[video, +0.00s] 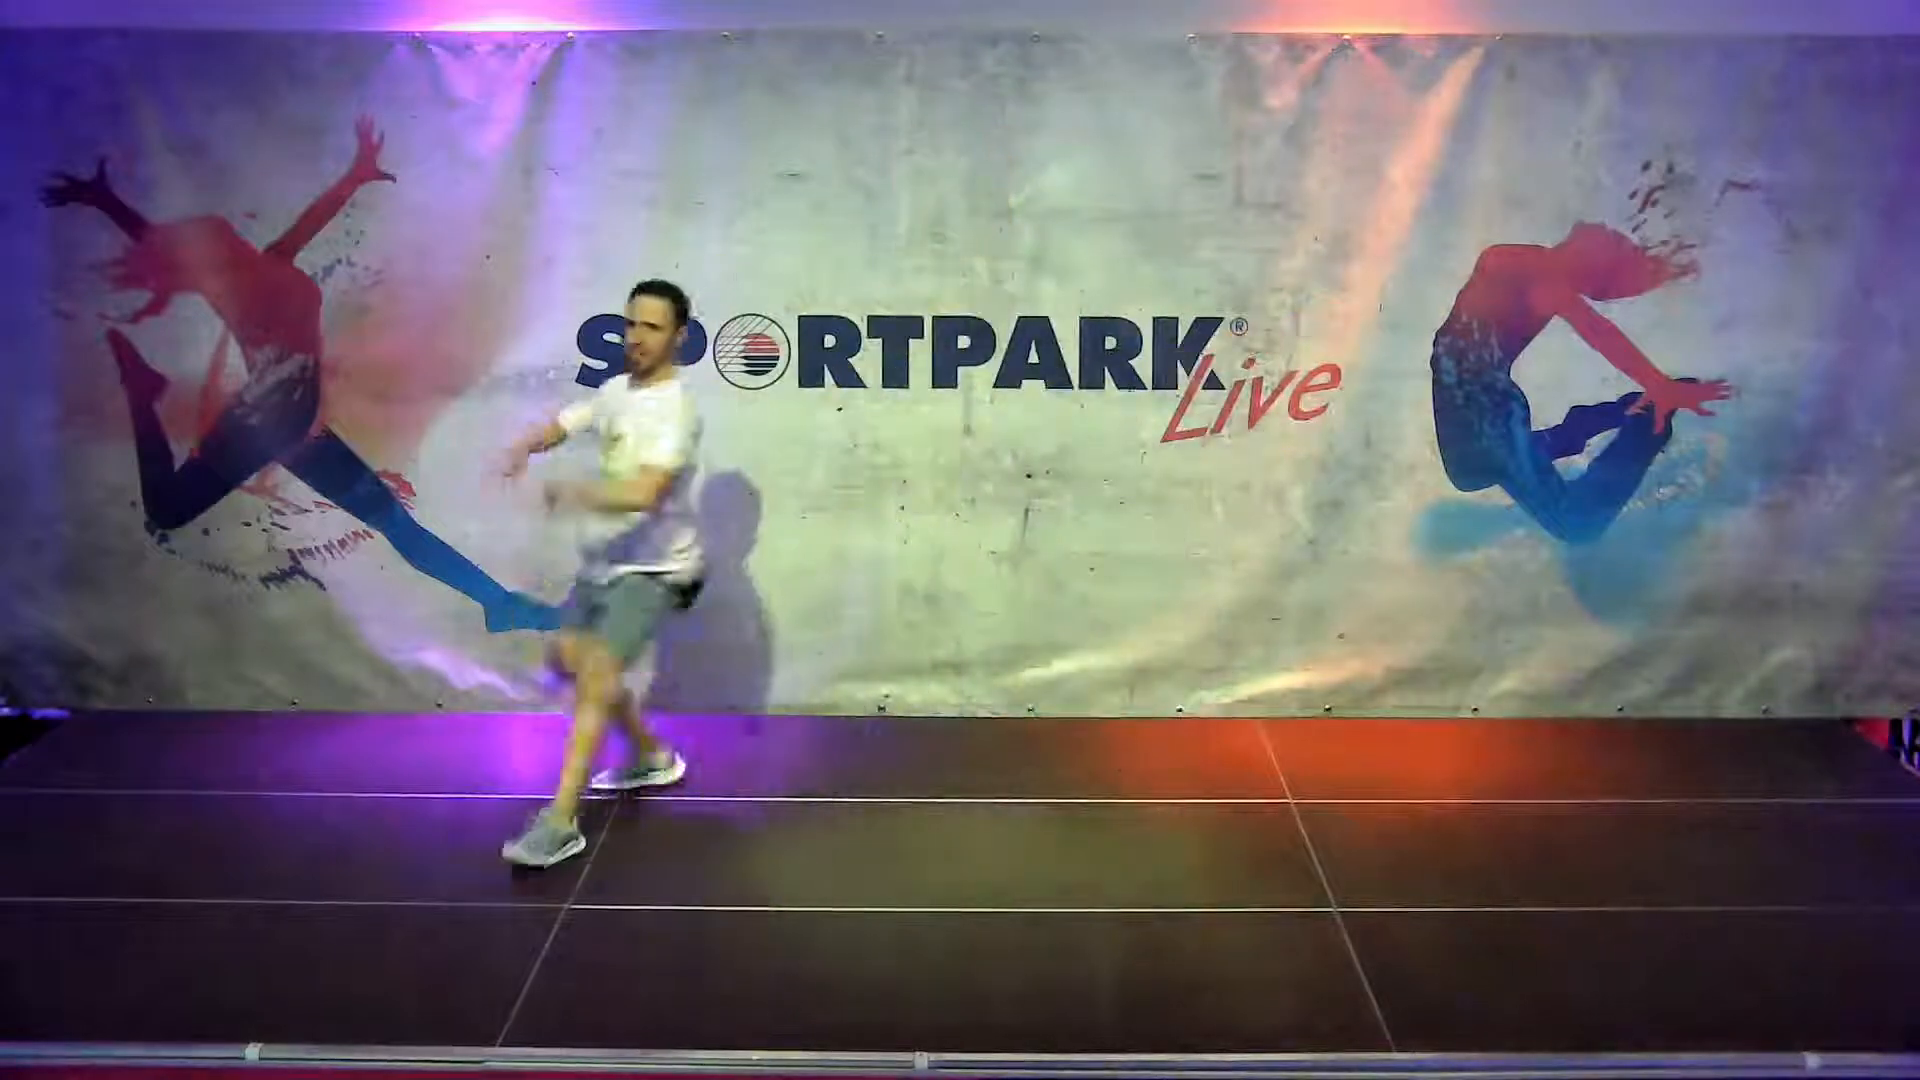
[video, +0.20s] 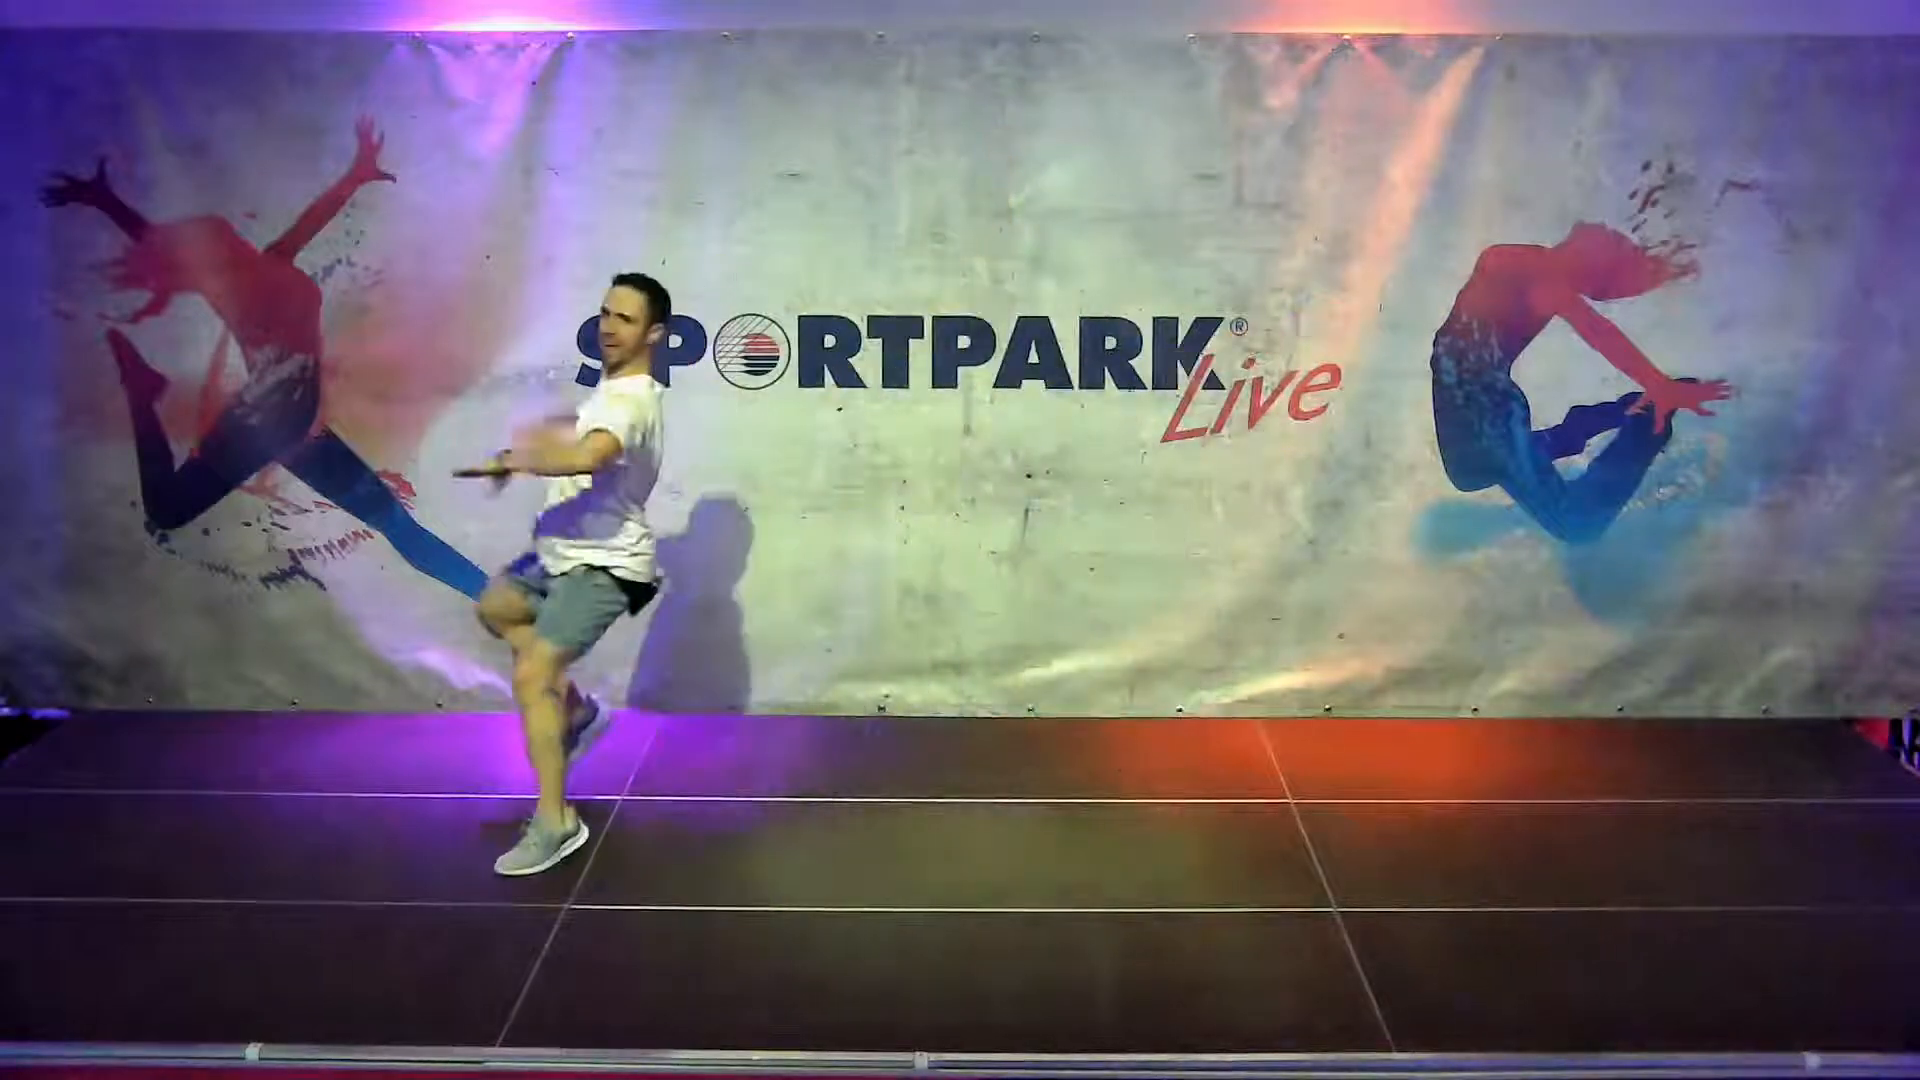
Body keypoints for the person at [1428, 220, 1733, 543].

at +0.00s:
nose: (1602, 234)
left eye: (1605, 247)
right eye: (1612, 239)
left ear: (1595, 259)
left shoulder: (1546, 283)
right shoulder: (1526, 263)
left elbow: (1596, 330)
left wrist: (1657, 384)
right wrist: (1647, 272)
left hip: (1488, 403)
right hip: (1454, 391)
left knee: (1575, 524)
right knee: (1468, 474)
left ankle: (1650, 422)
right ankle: (1570, 436)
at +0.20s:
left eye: (1605, 250)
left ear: (1595, 256)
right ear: (1595, 238)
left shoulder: (1548, 283)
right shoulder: (1526, 263)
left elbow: (1597, 331)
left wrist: (1657, 384)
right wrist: (1648, 272)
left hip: (1488, 402)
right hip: (1454, 390)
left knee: (1575, 524)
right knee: (1468, 474)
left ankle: (1650, 421)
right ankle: (1570, 436)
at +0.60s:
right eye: (1603, 279)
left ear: (1590, 252)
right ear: (1592, 242)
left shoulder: (1547, 282)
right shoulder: (1527, 264)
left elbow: (1600, 333)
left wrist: (1658, 385)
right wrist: (1648, 270)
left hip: (1487, 400)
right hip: (1454, 388)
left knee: (1575, 524)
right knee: (1467, 474)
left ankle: (1650, 423)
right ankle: (1569, 437)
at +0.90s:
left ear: (1591, 249)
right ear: (1595, 240)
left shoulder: (1547, 282)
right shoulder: (1528, 264)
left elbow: (1600, 334)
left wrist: (1658, 385)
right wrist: (1649, 269)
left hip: (1488, 401)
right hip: (1454, 389)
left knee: (1575, 524)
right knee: (1467, 474)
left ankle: (1650, 423)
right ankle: (1569, 437)